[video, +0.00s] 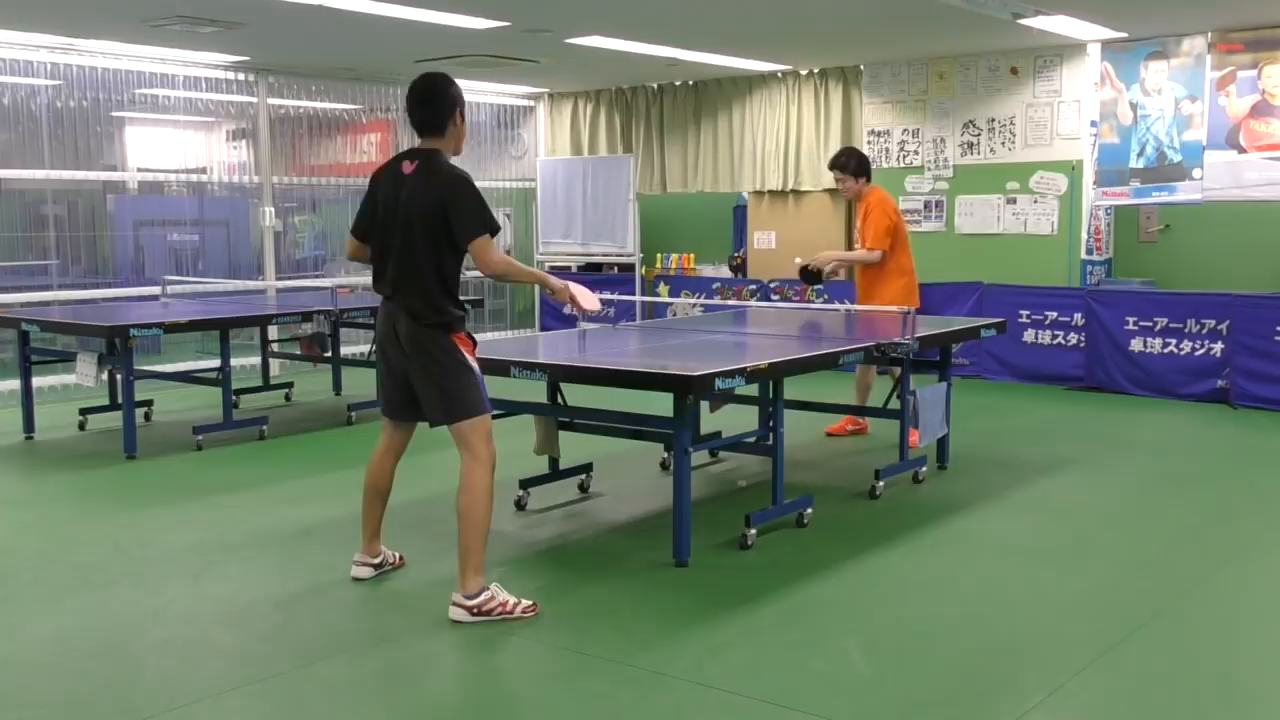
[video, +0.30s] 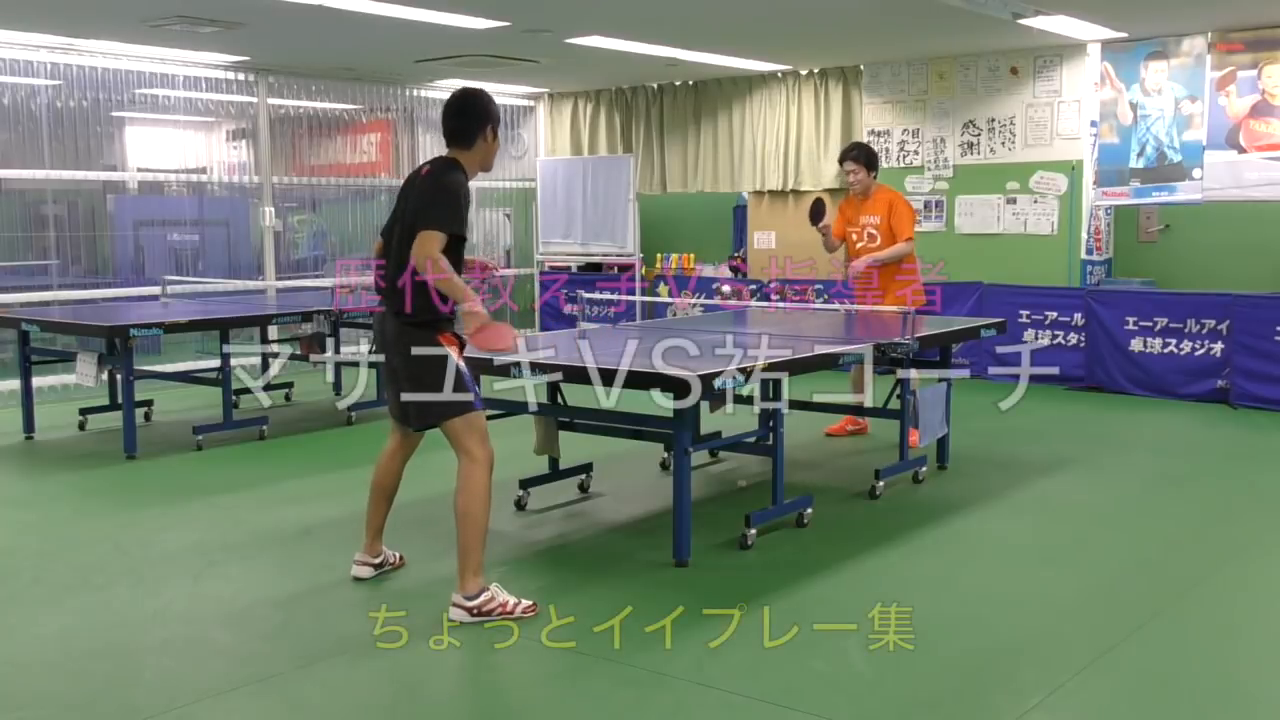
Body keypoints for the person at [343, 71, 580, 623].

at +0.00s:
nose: (467, 124)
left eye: (463, 114)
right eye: (465, 114)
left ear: (412, 121)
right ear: (457, 118)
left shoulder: (387, 173)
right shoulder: (453, 182)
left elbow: (356, 248)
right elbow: (490, 262)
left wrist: (410, 257)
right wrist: (552, 282)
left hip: (393, 326)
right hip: (438, 332)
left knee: (393, 437)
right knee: (478, 452)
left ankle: (369, 552)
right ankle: (472, 589)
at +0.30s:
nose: (500, 145)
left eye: (498, 134)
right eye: (498, 134)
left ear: (451, 131)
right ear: (486, 135)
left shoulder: (423, 176)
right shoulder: (450, 182)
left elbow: (384, 246)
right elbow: (425, 255)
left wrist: (447, 265)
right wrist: (469, 301)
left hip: (395, 328)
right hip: (424, 334)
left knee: (402, 438)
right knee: (476, 451)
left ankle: (370, 551)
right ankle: (472, 589)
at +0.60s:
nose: (510, 178)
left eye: (513, 168)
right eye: (509, 166)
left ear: (476, 159)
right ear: (483, 158)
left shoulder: (426, 193)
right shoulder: (451, 199)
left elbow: (383, 258)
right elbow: (459, 287)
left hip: (386, 340)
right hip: (405, 343)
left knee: (405, 441)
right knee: (464, 453)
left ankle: (370, 552)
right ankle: (465, 590)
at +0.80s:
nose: (504, 156)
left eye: (502, 146)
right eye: (502, 146)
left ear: (453, 145)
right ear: (488, 146)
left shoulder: (410, 187)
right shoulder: (486, 195)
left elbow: (362, 251)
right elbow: (560, 239)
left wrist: (414, 267)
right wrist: (584, 210)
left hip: (381, 339)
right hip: (425, 343)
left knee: (383, 444)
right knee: (487, 456)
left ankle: (368, 552)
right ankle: (471, 593)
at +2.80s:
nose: (493, 150)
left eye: (492, 141)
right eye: (492, 141)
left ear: (440, 139)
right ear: (482, 141)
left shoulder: (404, 185)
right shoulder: (462, 190)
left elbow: (368, 243)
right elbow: (470, 272)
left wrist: (415, 277)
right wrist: (535, 319)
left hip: (385, 341)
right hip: (429, 345)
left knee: (385, 444)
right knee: (484, 460)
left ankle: (357, 555)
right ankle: (474, 597)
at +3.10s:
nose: (506, 174)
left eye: (508, 164)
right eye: (504, 162)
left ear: (464, 155)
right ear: (477, 154)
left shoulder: (413, 193)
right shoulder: (454, 197)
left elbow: (374, 257)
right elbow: (489, 277)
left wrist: (408, 305)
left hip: (383, 344)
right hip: (418, 348)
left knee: (389, 444)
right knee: (486, 460)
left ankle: (357, 554)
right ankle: (473, 599)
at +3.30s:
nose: (497, 150)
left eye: (494, 141)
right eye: (495, 141)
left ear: (445, 142)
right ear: (483, 143)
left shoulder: (401, 186)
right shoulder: (490, 191)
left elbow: (365, 247)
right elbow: (560, 232)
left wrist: (413, 279)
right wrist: (572, 203)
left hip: (385, 341)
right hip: (439, 346)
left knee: (377, 448)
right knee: (499, 463)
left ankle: (359, 555)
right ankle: (475, 597)